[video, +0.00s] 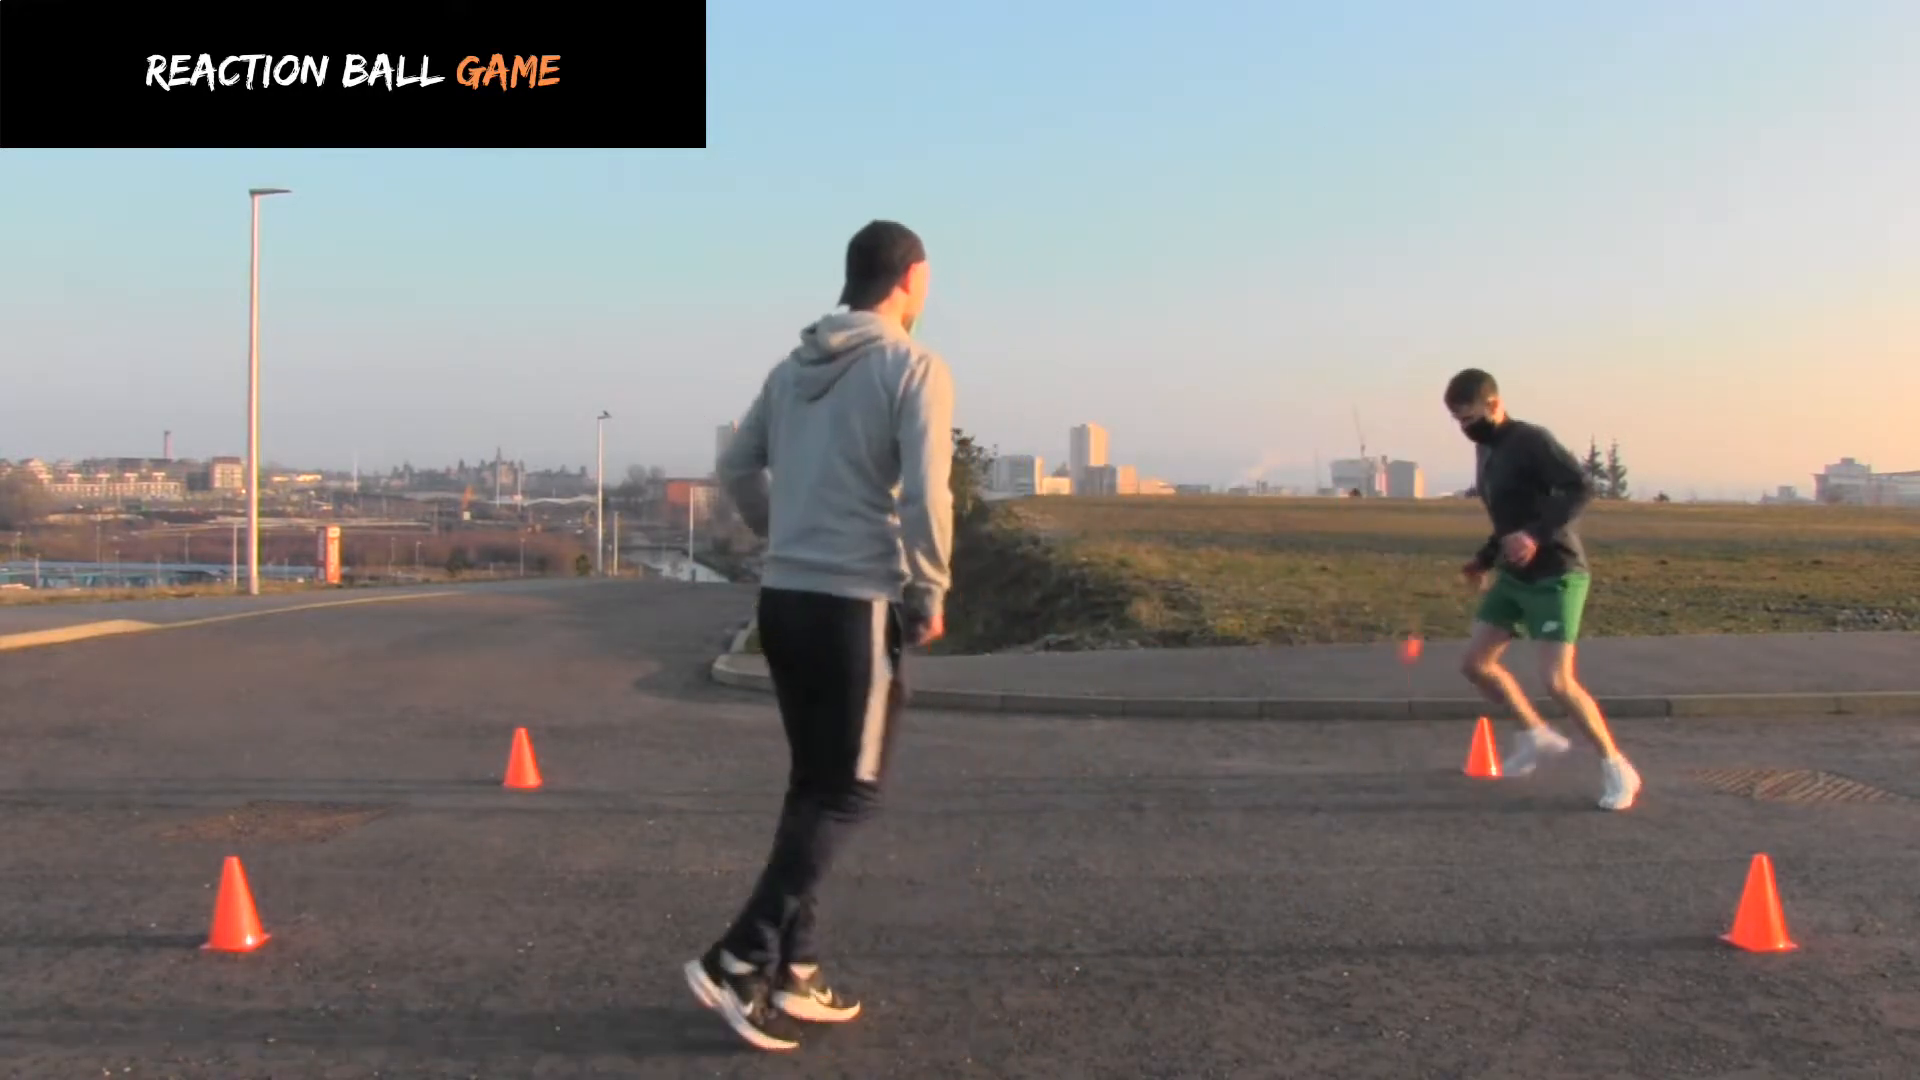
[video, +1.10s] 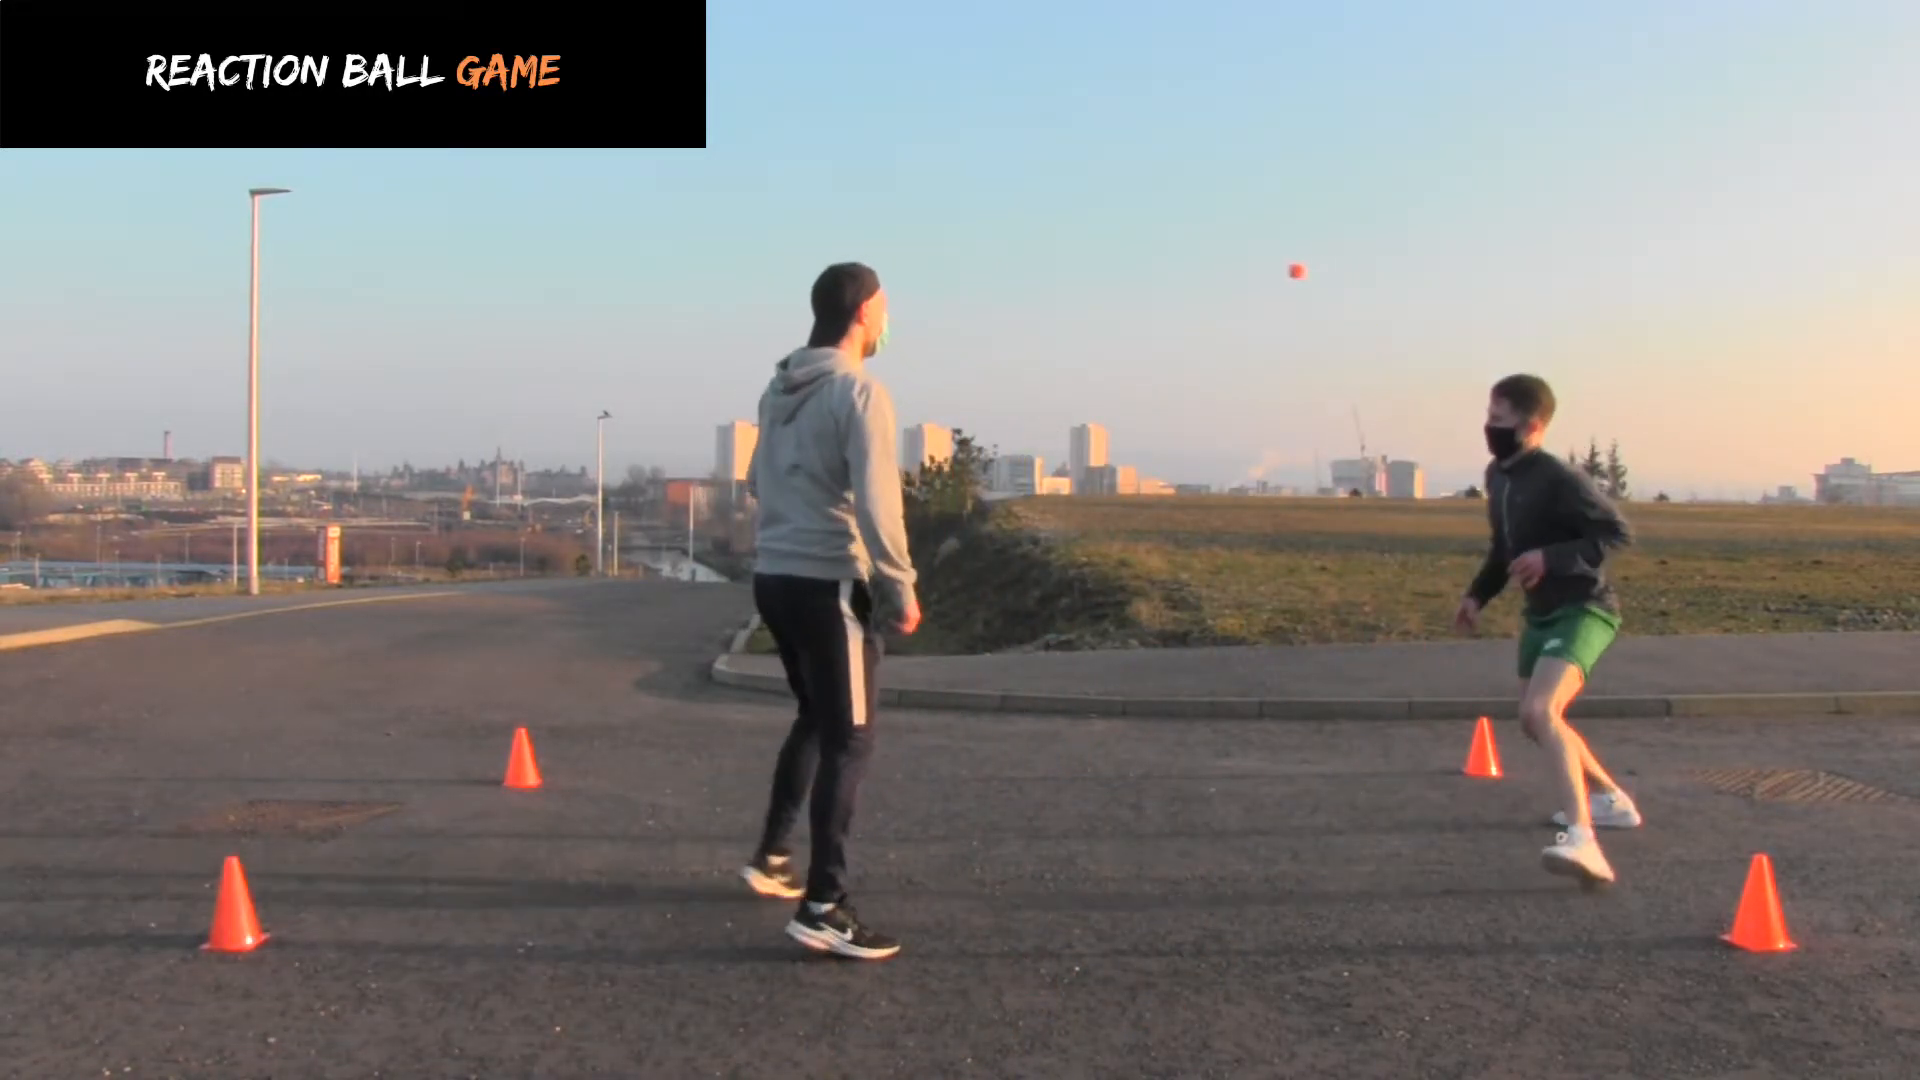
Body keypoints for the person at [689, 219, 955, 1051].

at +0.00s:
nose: (925, 294)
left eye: (922, 280)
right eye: (923, 281)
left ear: (853, 278)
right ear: (907, 281)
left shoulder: (794, 365)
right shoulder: (916, 368)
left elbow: (735, 464)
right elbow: (923, 490)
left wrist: (781, 536)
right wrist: (930, 589)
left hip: (786, 599)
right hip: (857, 603)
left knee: (812, 783)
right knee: (850, 790)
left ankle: (792, 970)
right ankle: (734, 963)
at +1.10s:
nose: (887, 318)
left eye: (885, 305)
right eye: (883, 306)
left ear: (824, 312)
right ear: (864, 314)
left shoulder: (782, 389)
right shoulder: (863, 391)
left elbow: (758, 484)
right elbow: (876, 500)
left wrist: (798, 547)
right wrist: (902, 589)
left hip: (774, 579)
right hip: (827, 582)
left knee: (814, 714)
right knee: (850, 738)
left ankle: (774, 852)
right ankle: (823, 906)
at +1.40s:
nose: (850, 373)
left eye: (850, 361)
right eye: (848, 362)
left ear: (798, 360)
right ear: (827, 363)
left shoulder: (765, 426)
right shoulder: (822, 430)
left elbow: (822, 504)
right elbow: (838, 524)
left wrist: (891, 479)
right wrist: (871, 605)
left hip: (754, 612)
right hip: (806, 615)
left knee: (785, 737)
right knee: (880, 741)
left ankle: (724, 864)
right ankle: (828, 860)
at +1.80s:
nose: (923, 414)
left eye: (927, 404)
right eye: (923, 403)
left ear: (887, 388)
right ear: (902, 390)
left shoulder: (836, 428)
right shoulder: (884, 444)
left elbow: (829, 508)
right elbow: (861, 525)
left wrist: (885, 542)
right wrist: (862, 602)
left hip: (779, 579)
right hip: (819, 591)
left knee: (779, 692)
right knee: (824, 707)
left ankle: (733, 802)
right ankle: (755, 812)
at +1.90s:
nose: (947, 446)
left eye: (951, 434)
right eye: (948, 432)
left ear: (917, 417)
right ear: (923, 418)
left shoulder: (858, 450)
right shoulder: (892, 463)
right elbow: (883, 555)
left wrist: (899, 596)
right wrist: (910, 624)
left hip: (797, 594)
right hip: (831, 603)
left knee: (804, 695)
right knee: (906, 695)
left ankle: (752, 801)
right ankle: (823, 770)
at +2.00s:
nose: (959, 454)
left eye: (960, 445)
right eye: (961, 444)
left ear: (930, 427)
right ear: (950, 435)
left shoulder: (882, 460)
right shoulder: (912, 475)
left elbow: (881, 563)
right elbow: (908, 563)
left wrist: (915, 628)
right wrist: (941, 625)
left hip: (813, 596)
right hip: (846, 607)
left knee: (819, 699)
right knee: (921, 685)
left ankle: (757, 796)